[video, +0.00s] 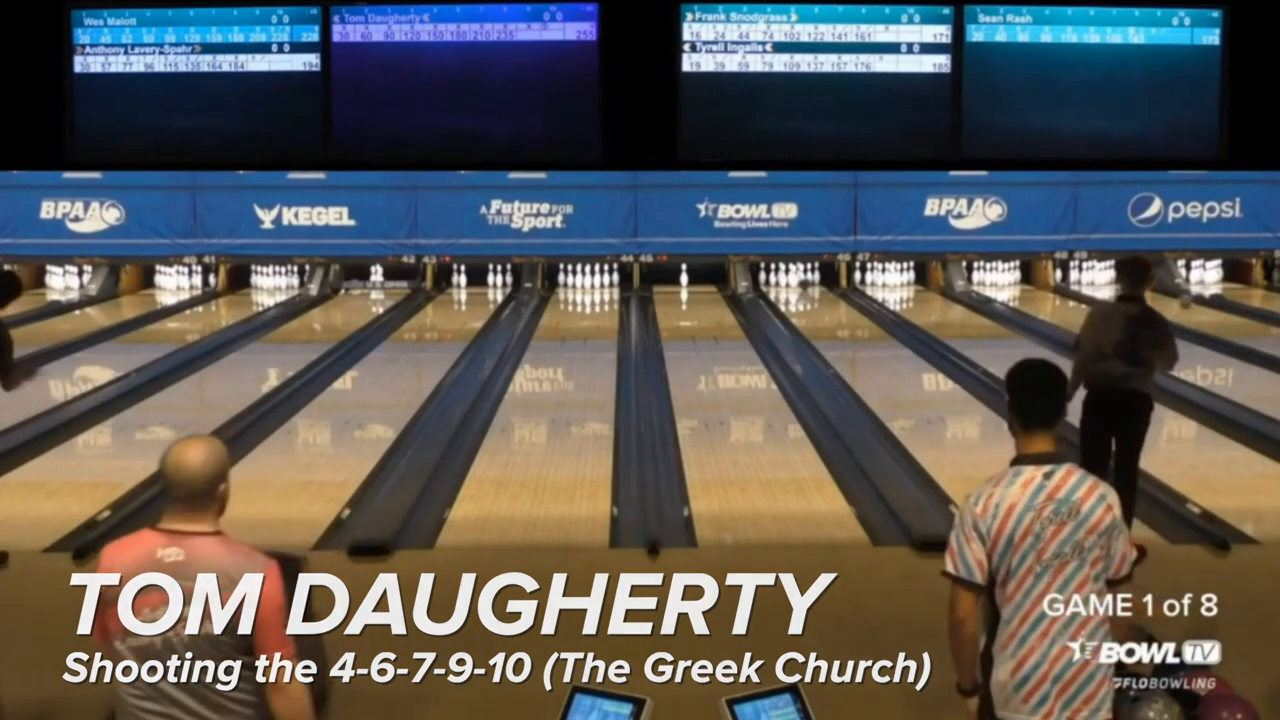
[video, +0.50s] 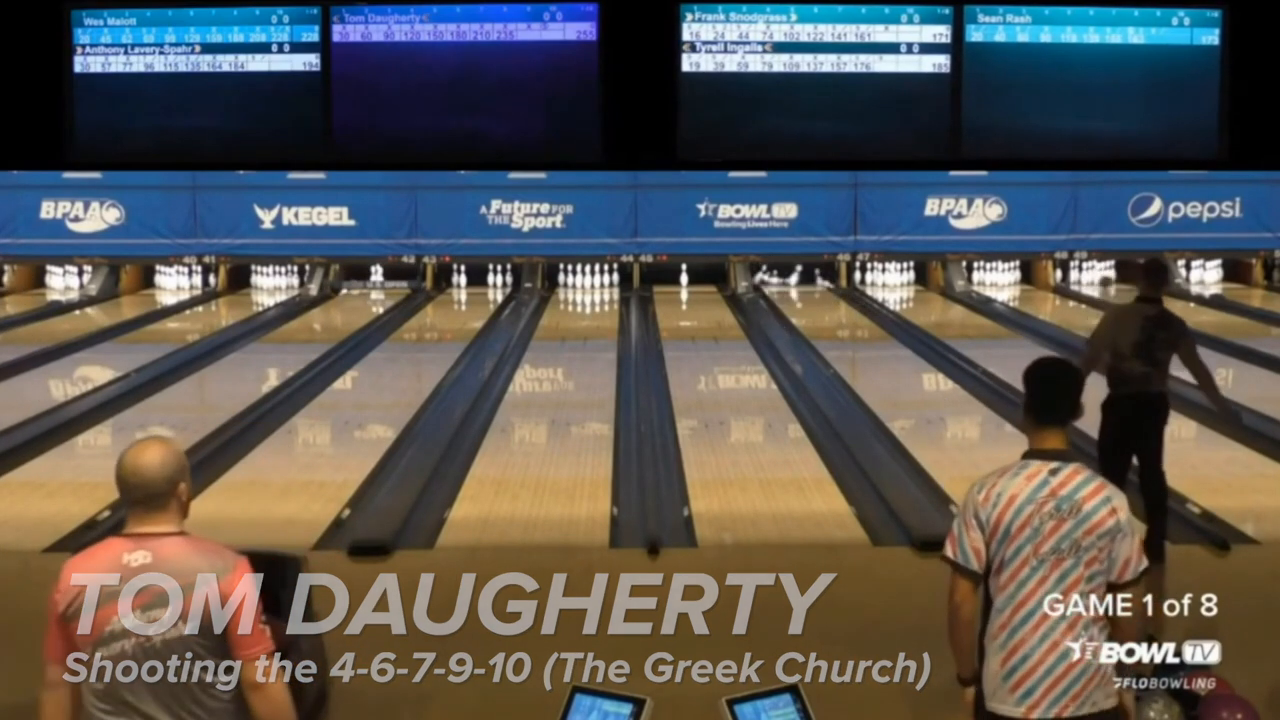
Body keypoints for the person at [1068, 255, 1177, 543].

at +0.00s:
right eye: (1148, 280)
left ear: (1118, 279)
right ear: (1148, 282)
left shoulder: (1100, 314)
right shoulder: (1156, 322)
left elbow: (1084, 358)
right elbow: (1168, 361)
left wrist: (1068, 393)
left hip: (1099, 399)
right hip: (1136, 403)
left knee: (1093, 465)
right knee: (1126, 469)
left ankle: (1088, 530)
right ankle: (1120, 536)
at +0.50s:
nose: (1144, 284)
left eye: (1142, 278)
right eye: (1154, 279)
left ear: (1139, 281)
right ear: (1166, 284)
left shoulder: (1117, 317)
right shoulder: (1173, 324)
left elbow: (1088, 360)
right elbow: (1197, 368)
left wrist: (1071, 393)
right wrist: (1218, 401)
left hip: (1119, 407)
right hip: (1155, 407)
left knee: (1111, 475)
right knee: (1152, 474)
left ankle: (1108, 540)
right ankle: (1155, 545)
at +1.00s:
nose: (1155, 281)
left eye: (1161, 277)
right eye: (1158, 276)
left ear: (1173, 284)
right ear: (1187, 286)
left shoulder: (1167, 323)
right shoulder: (1187, 317)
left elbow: (1149, 364)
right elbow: (1192, 355)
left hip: (1162, 407)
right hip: (1178, 403)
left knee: (1154, 468)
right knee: (1165, 468)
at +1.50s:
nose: (1204, 296)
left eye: (1212, 290)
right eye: (1200, 288)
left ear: (1220, 294)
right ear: (1191, 291)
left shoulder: (1234, 332)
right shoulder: (1172, 327)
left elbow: (1249, 376)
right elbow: (1152, 360)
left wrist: (1236, 418)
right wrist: (1169, 376)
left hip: (1217, 419)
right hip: (1179, 416)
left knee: (1204, 484)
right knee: (1168, 477)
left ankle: (1206, 538)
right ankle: (1163, 531)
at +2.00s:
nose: (1226, 297)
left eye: (1231, 291)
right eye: (1220, 290)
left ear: (1239, 294)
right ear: (1209, 294)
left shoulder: (1256, 339)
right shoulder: (1189, 336)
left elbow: (1268, 383)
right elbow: (1162, 374)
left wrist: (1264, 425)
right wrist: (1187, 392)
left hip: (1238, 430)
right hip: (1198, 429)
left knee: (1221, 498)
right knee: (1205, 499)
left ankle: (1209, 550)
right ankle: (1209, 565)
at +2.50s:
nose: (1268, 312)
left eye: (1268, 303)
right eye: (1267, 303)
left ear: (1263, 308)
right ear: (1264, 307)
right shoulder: (1243, 351)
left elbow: (1221, 404)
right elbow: (1222, 405)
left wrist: (1242, 425)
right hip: (1252, 453)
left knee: (1227, 528)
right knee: (1227, 529)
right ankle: (1213, 597)